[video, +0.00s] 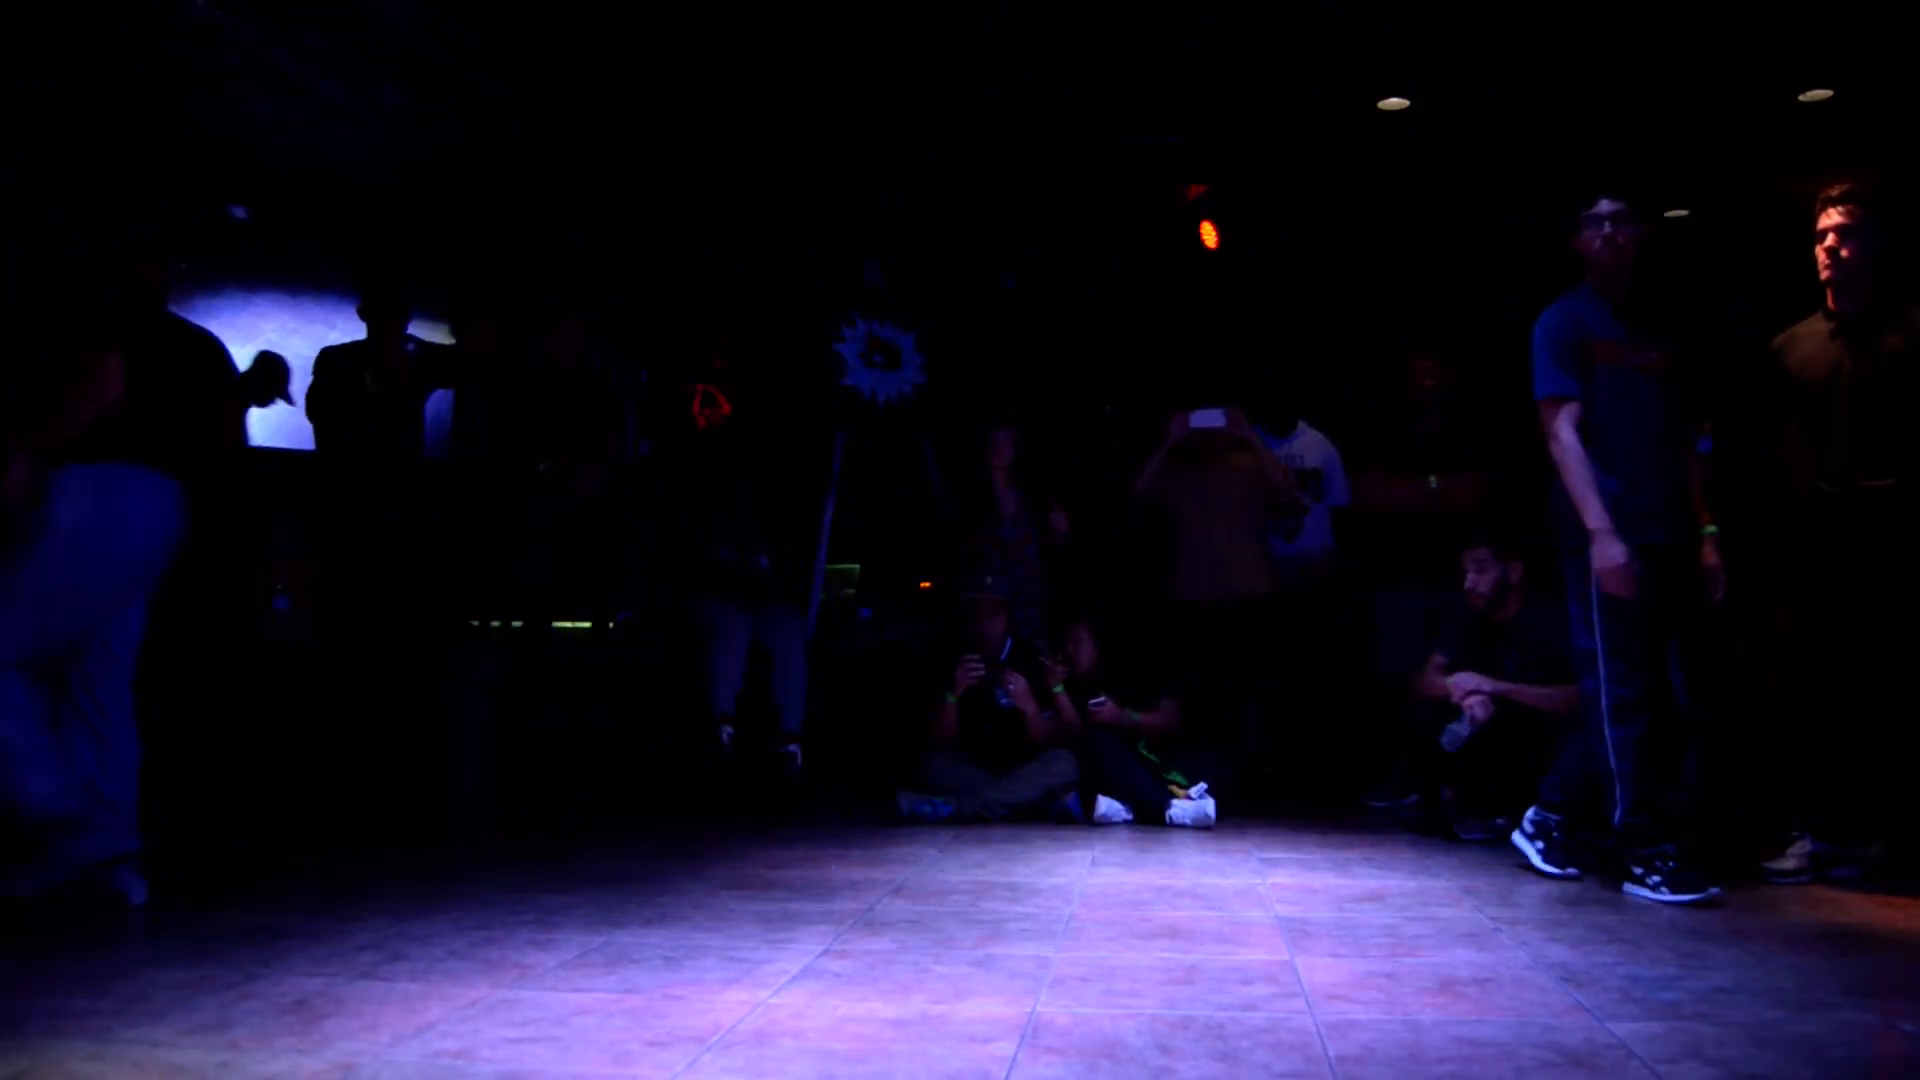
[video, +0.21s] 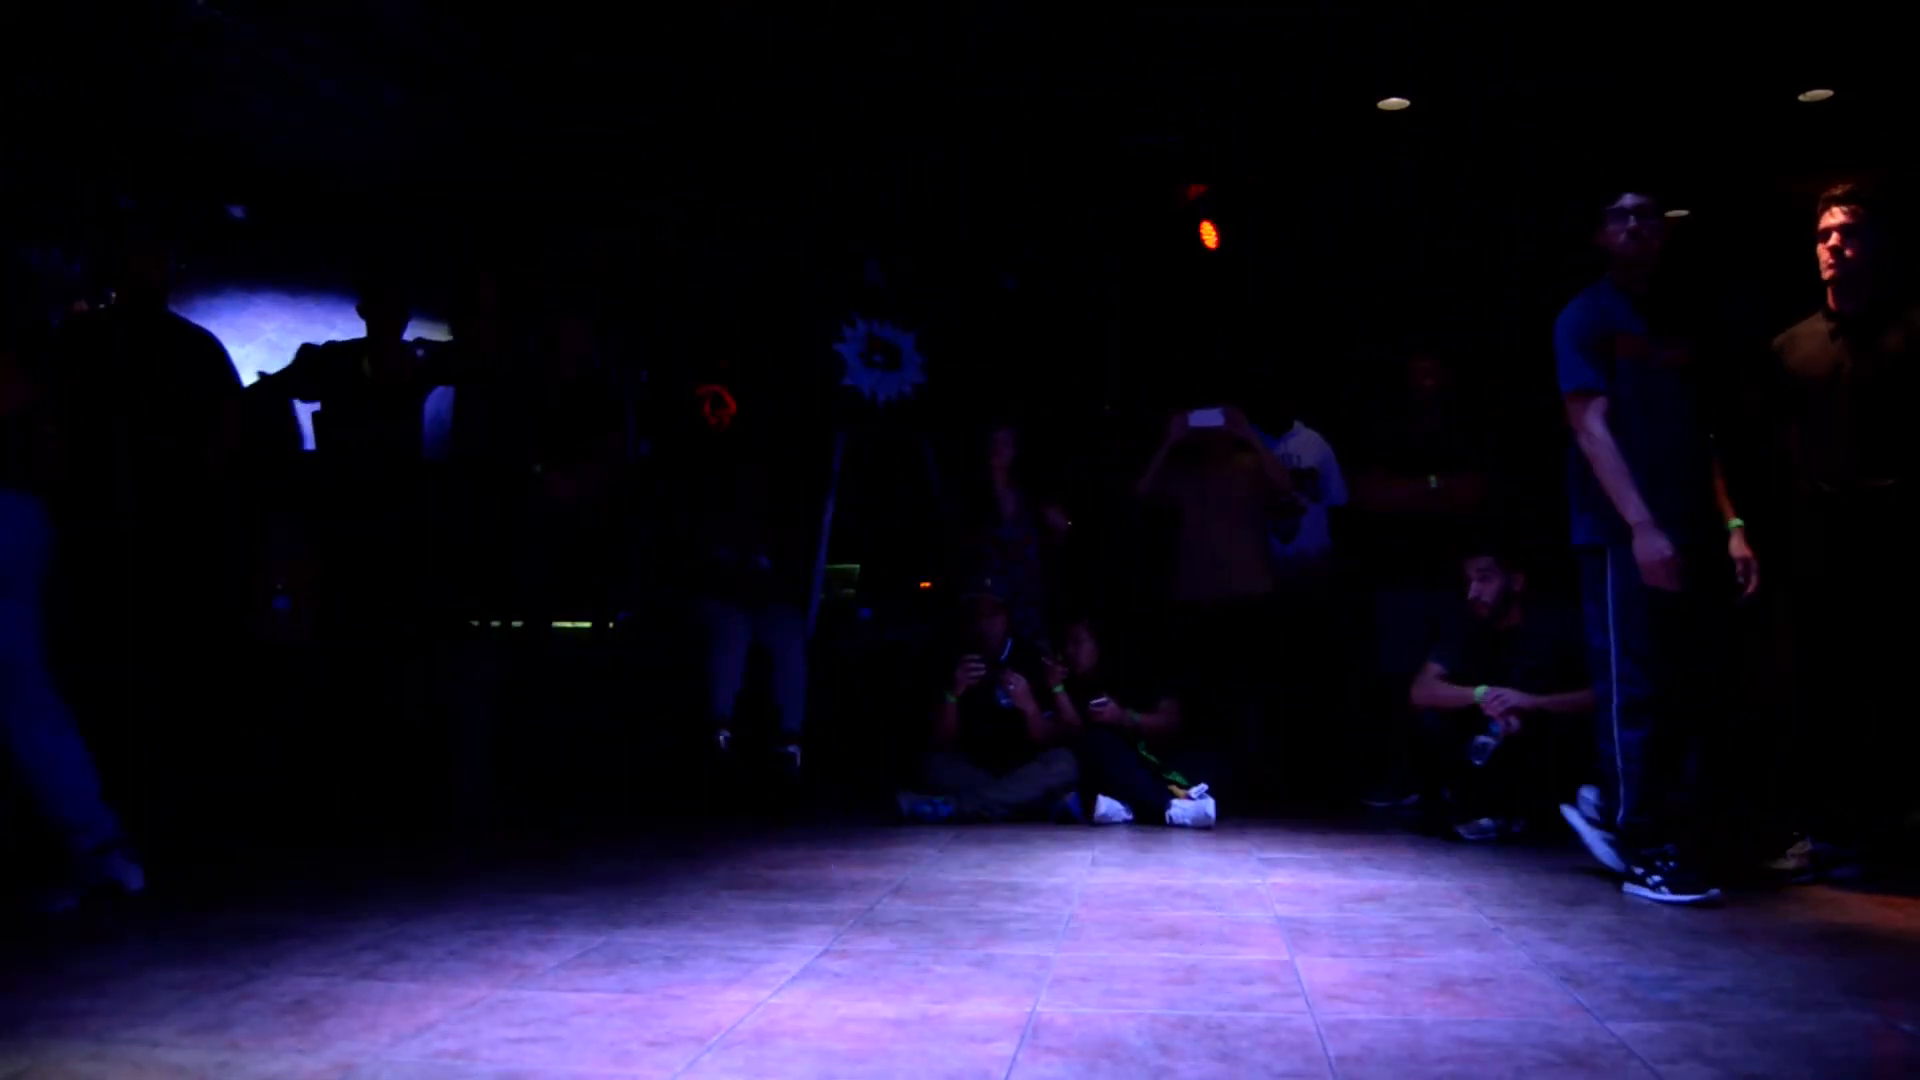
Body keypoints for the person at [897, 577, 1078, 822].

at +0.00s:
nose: (988, 628)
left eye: (995, 619)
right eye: (981, 620)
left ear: (1007, 622)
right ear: (970, 624)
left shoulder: (1026, 660)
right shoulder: (956, 661)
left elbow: (1044, 737)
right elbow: (942, 740)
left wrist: (1026, 702)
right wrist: (954, 693)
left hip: (1020, 755)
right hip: (971, 755)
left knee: (1063, 765)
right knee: (934, 766)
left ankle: (957, 806)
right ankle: (1039, 805)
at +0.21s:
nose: (987, 629)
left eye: (994, 620)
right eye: (980, 621)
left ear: (1006, 622)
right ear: (970, 626)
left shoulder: (1027, 660)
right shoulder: (956, 662)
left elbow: (1045, 737)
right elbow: (942, 741)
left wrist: (1027, 704)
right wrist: (954, 693)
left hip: (1021, 755)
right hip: (971, 756)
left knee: (1063, 764)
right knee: (934, 766)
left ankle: (957, 806)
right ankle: (1039, 804)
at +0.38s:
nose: (987, 629)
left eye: (994, 620)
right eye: (980, 620)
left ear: (1006, 623)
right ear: (970, 625)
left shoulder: (1027, 661)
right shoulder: (955, 662)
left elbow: (1044, 738)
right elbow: (941, 741)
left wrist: (1026, 703)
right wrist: (954, 693)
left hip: (1021, 755)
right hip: (970, 756)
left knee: (1063, 764)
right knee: (934, 766)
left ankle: (957, 806)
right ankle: (1039, 805)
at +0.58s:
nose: (988, 627)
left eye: (995, 618)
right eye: (981, 619)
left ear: (1007, 621)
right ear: (970, 623)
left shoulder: (1028, 660)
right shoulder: (956, 661)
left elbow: (1045, 737)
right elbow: (942, 741)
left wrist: (1026, 702)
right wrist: (954, 693)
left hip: (1021, 755)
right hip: (971, 756)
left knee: (1063, 764)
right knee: (934, 766)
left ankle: (957, 806)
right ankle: (1038, 805)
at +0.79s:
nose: (988, 627)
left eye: (995, 618)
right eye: (981, 619)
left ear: (1007, 621)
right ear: (970, 624)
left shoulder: (1027, 660)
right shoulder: (955, 661)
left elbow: (1045, 737)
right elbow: (942, 741)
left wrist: (1026, 702)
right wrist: (954, 693)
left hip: (1021, 755)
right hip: (971, 755)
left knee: (1063, 764)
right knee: (934, 766)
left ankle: (958, 806)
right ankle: (1038, 805)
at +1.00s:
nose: (987, 624)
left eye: (994, 615)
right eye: (980, 616)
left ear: (1007, 619)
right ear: (970, 621)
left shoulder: (1028, 659)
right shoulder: (956, 660)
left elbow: (1044, 737)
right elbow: (942, 741)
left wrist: (1027, 702)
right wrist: (954, 693)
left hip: (1021, 755)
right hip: (970, 755)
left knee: (1063, 764)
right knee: (934, 766)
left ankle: (958, 806)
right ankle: (1039, 805)